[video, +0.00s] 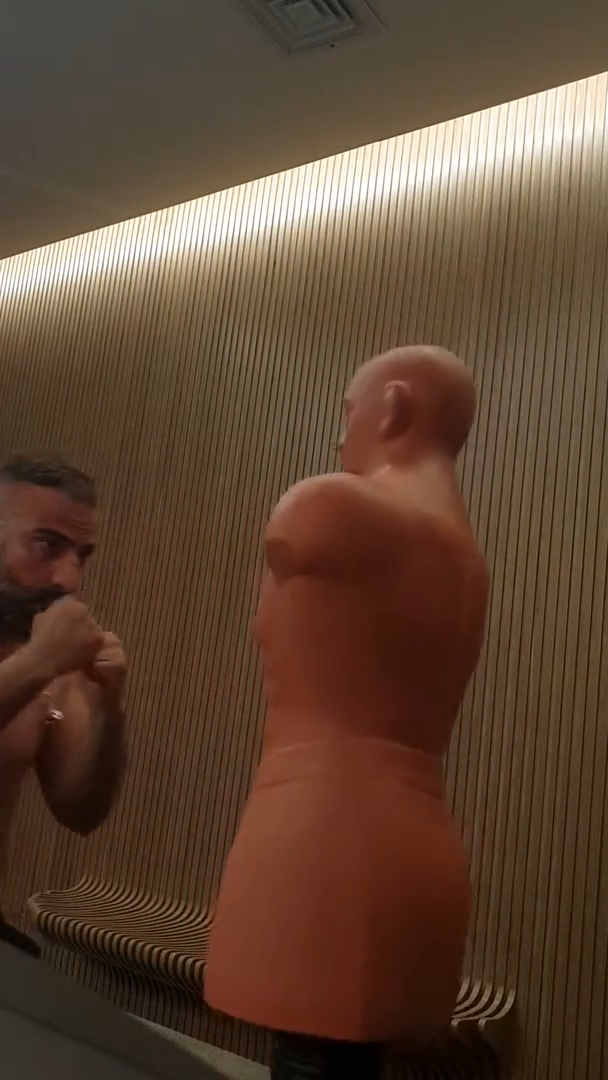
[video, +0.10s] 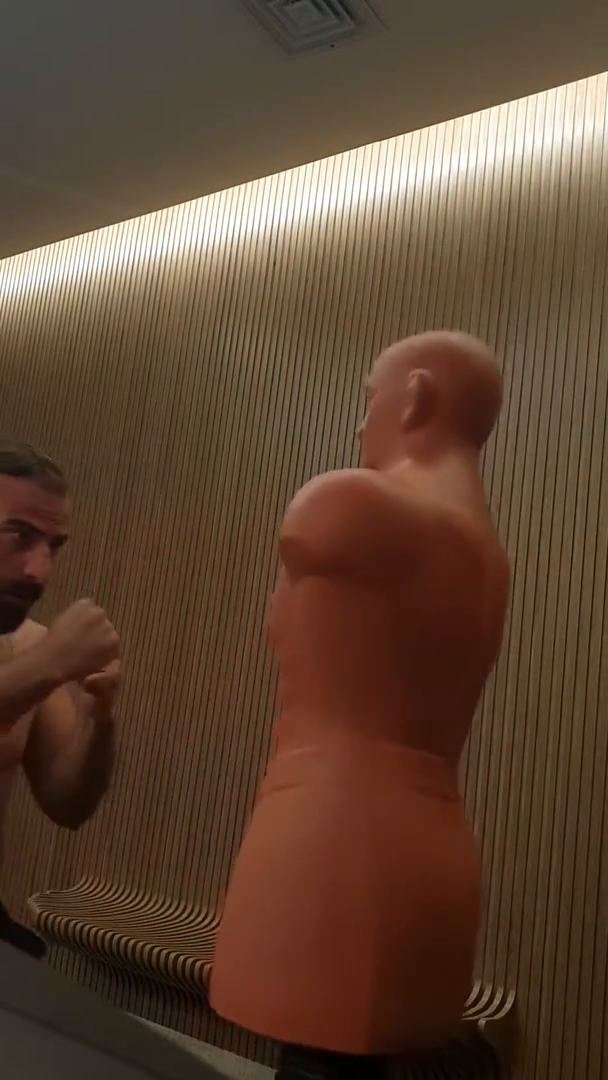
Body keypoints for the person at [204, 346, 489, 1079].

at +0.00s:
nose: (342, 432)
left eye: (350, 413)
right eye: (344, 415)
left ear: (393, 410)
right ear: (455, 433)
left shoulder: (339, 509)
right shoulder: (465, 552)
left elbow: (289, 533)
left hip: (323, 842)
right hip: (415, 834)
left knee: (310, 1063)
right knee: (374, 1063)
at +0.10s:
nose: (362, 418)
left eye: (373, 396)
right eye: (366, 397)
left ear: (416, 400)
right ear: (481, 428)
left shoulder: (345, 505)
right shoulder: (487, 553)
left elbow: (296, 537)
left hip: (329, 856)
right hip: (432, 850)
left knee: (310, 1062)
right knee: (388, 1063)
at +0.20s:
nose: (374, 396)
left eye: (385, 371)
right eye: (378, 373)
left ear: (434, 375)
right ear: (501, 402)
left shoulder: (350, 503)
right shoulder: (504, 543)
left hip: (332, 865)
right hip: (438, 858)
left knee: (298, 1062)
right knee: (397, 1063)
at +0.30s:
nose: (368, 375)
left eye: (381, 348)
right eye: (373, 350)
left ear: (432, 356)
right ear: (501, 381)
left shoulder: (337, 504)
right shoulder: (507, 532)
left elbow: (276, 621)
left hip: (325, 875)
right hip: (441, 860)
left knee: (280, 1065)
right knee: (397, 1066)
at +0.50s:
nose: (394, 385)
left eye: (403, 361)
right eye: (398, 360)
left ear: (439, 367)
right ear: (518, 377)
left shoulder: (395, 505)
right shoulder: (533, 528)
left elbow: (345, 527)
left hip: (356, 871)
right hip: (457, 860)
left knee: (300, 1063)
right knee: (404, 1065)